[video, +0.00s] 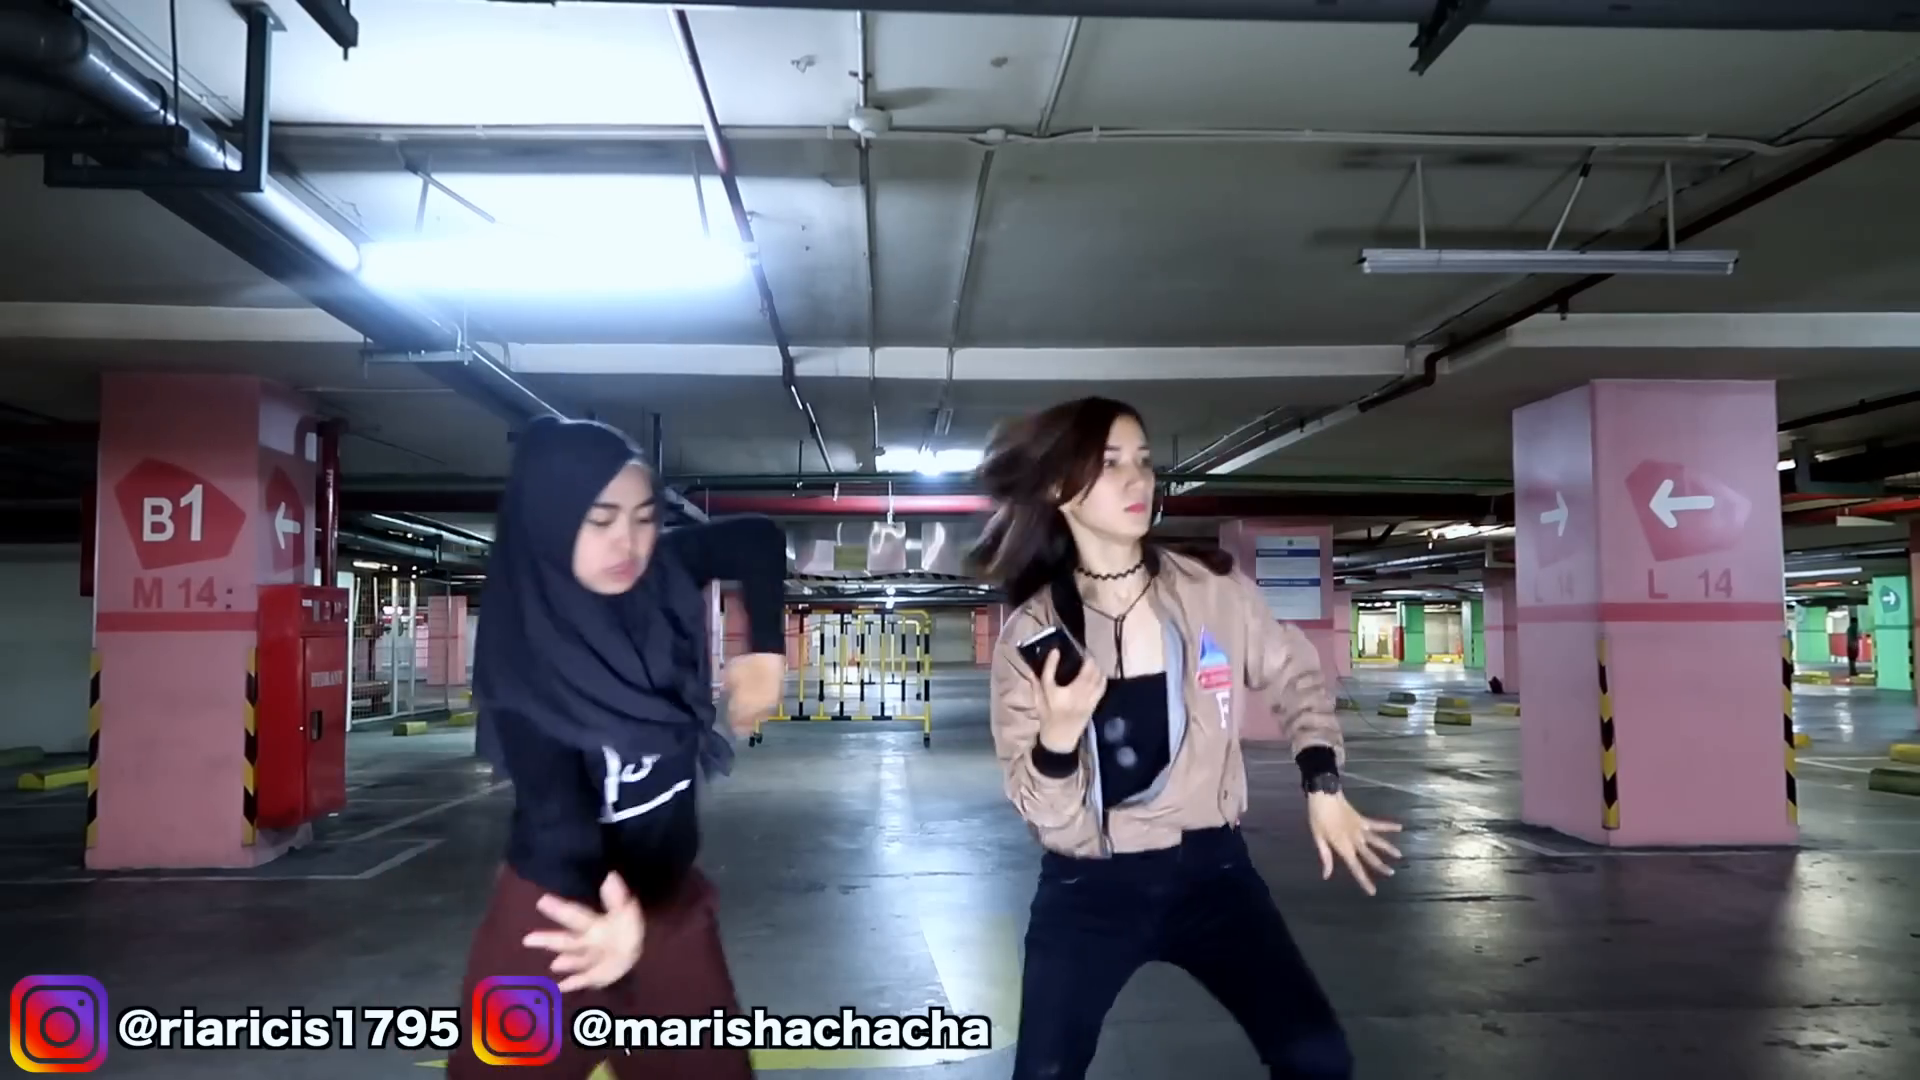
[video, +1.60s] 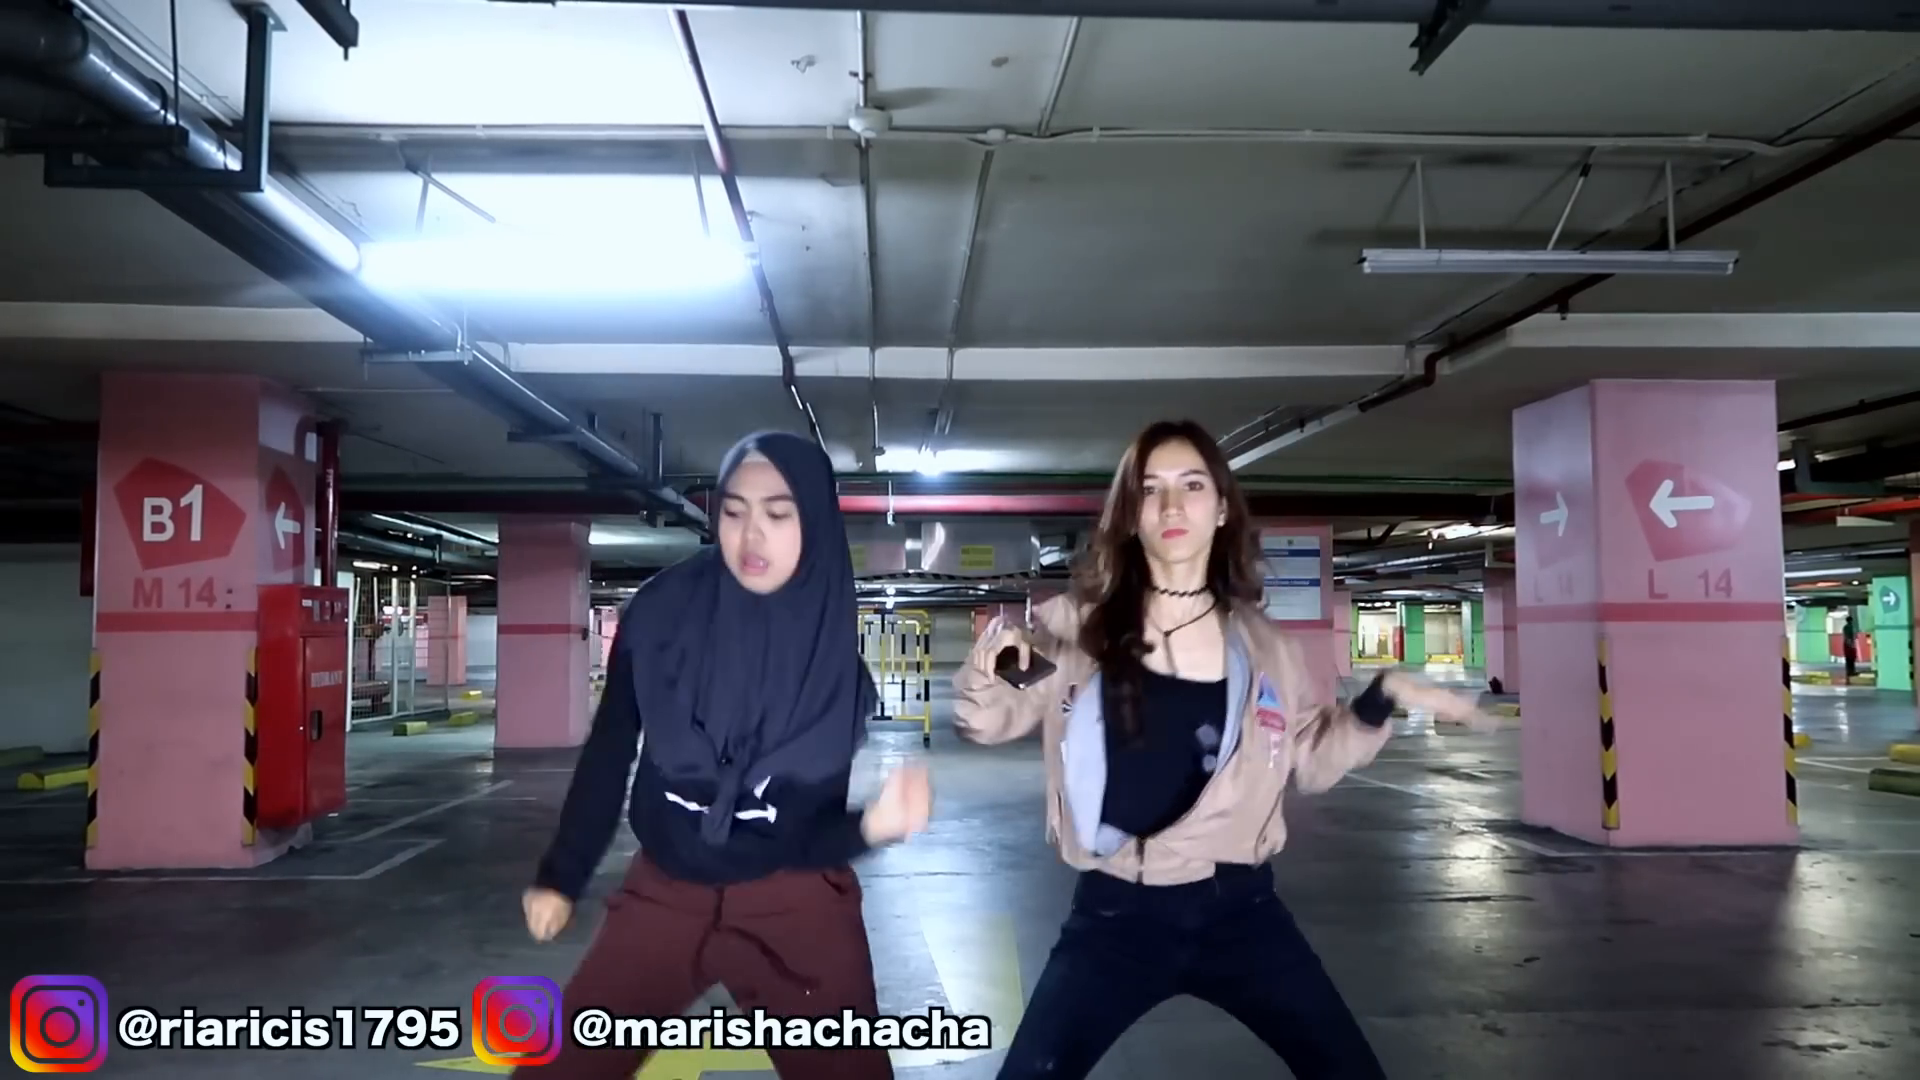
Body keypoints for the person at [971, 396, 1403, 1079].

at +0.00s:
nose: (1140, 479)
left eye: (1144, 461)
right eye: (1112, 463)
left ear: (1154, 474)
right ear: (1059, 489)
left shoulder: (1216, 596)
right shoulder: (1030, 632)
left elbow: (1295, 676)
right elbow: (1048, 817)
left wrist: (1323, 783)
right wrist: (1059, 737)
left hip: (1211, 874)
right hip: (1086, 887)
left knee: (1316, 1053)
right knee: (1045, 1069)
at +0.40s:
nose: (1143, 472)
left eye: (1152, 452)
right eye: (1118, 460)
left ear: (1172, 466)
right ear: (1086, 483)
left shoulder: (1244, 570)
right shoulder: (1062, 619)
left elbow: (1340, 626)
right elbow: (981, 774)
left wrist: (1395, 732)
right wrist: (989, 677)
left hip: (1275, 853)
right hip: (1158, 881)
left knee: (1389, 1054)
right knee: (1138, 1070)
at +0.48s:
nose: (1144, 456)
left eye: (1158, 434)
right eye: (1119, 443)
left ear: (1181, 445)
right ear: (1089, 467)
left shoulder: (1256, 551)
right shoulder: (1058, 604)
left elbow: (1359, 582)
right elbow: (969, 735)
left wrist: (1408, 690)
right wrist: (1015, 672)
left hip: (1292, 831)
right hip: (1175, 862)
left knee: (1386, 1048)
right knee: (1162, 1064)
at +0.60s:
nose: (1152, 442)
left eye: (1169, 417)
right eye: (1129, 428)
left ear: (1203, 431)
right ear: (1109, 455)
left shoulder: (1296, 537)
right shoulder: (1095, 577)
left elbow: (1397, 613)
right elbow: (1056, 702)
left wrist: (1444, 735)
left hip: (1314, 820)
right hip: (1191, 838)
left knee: (1341, 1060)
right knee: (1176, 1060)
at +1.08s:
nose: (1242, 454)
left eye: (1263, 435)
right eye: (1221, 440)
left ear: (1294, 458)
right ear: (1198, 466)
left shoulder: (1354, 588)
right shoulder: (1149, 587)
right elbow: (1102, 698)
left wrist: (1460, 644)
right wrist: (1051, 740)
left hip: (1296, 867)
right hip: (1172, 866)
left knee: (1371, 1066)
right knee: (1116, 1060)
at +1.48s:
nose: (1182, 496)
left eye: (1203, 475)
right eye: (1162, 479)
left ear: (1234, 491)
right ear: (1141, 500)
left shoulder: (1293, 619)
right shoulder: (1100, 618)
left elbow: (1352, 722)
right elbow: (1032, 752)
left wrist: (1400, 657)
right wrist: (1019, 678)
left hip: (1232, 904)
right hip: (1106, 900)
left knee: (1333, 1068)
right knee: (1023, 1067)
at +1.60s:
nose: (1171, 506)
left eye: (1191, 487)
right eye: (1151, 490)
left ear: (1223, 507)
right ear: (1129, 512)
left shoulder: (1264, 642)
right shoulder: (1077, 623)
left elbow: (1310, 766)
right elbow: (987, 721)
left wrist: (1381, 697)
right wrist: (994, 663)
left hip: (1240, 911)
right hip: (1114, 914)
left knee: (1349, 1069)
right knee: (1030, 1070)